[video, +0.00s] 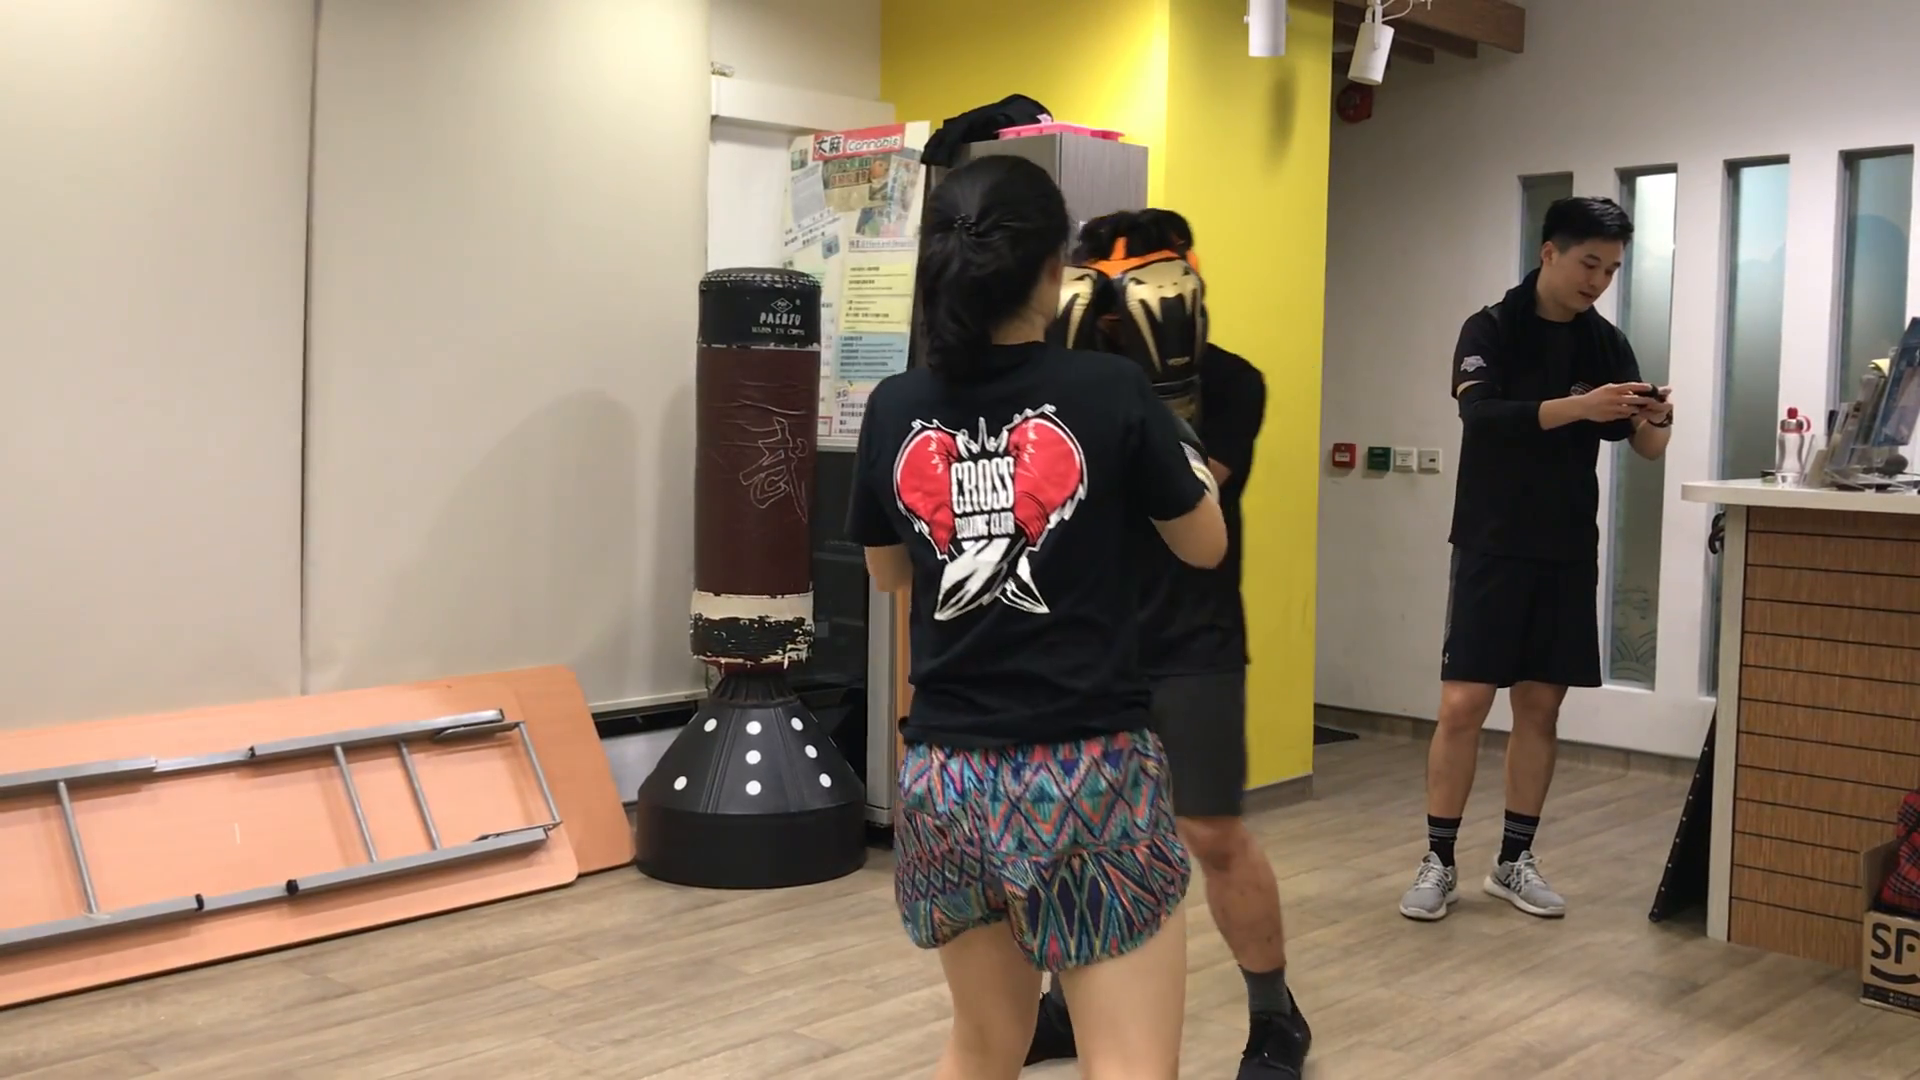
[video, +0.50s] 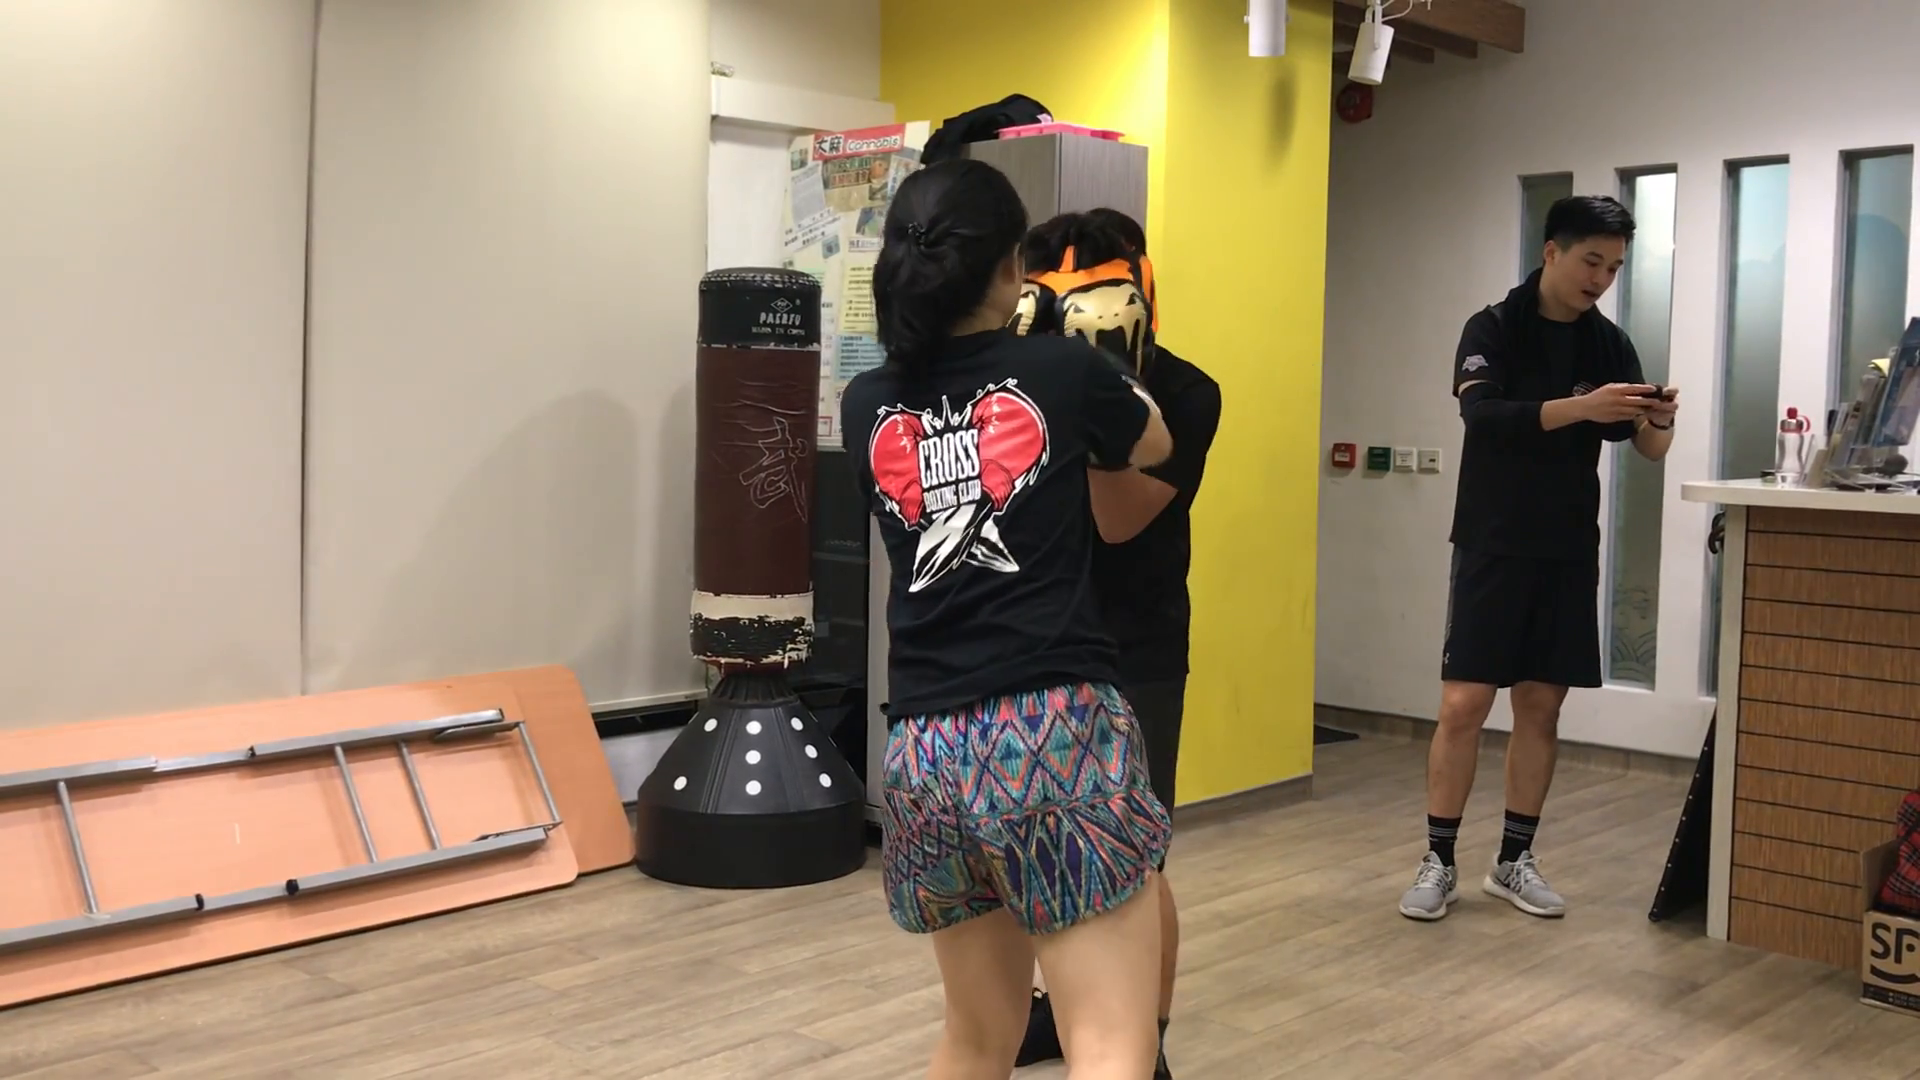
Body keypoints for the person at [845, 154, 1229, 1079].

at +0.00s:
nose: (1068, 264)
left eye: (1059, 248)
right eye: (1064, 249)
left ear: (936, 261)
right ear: (1054, 262)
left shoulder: (896, 405)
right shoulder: (1111, 392)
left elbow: (888, 572)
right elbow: (1206, 542)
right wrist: (1157, 430)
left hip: (943, 774)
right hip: (1093, 769)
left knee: (982, 1043)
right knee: (1130, 1061)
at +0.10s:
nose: (1050, 268)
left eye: (1040, 250)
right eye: (1044, 250)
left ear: (917, 260)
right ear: (1034, 262)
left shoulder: (883, 404)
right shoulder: (1093, 385)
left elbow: (875, 551)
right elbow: (1194, 511)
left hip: (936, 762)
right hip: (1081, 754)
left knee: (977, 1044)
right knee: (1136, 1056)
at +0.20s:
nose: (1041, 266)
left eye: (1032, 251)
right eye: (1034, 251)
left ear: (908, 264)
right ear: (1024, 263)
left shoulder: (877, 401)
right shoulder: (1088, 379)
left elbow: (873, 519)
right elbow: (1182, 476)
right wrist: (1130, 374)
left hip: (930, 754)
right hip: (1074, 747)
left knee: (975, 1038)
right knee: (1138, 1050)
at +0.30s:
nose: (1032, 269)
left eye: (1024, 254)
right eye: (1026, 253)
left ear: (901, 267)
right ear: (1018, 266)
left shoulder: (872, 403)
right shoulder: (1074, 374)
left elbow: (901, 501)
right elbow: (1159, 445)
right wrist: (1118, 360)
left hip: (924, 744)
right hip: (1065, 735)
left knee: (971, 1039)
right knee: (1126, 1045)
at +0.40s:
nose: (1028, 268)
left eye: (1020, 253)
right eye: (1023, 252)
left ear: (898, 264)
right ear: (1015, 265)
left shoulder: (870, 401)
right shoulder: (1071, 370)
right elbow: (1134, 422)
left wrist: (1004, 336)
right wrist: (1100, 343)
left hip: (922, 736)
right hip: (1059, 725)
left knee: (972, 1039)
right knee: (1110, 1051)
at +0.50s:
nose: (1027, 265)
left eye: (1021, 251)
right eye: (1022, 250)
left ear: (898, 260)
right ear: (1010, 261)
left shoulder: (867, 403)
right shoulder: (1060, 370)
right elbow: (1154, 441)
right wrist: (1090, 359)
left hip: (924, 742)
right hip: (1060, 731)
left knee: (975, 1036)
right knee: (1108, 1048)